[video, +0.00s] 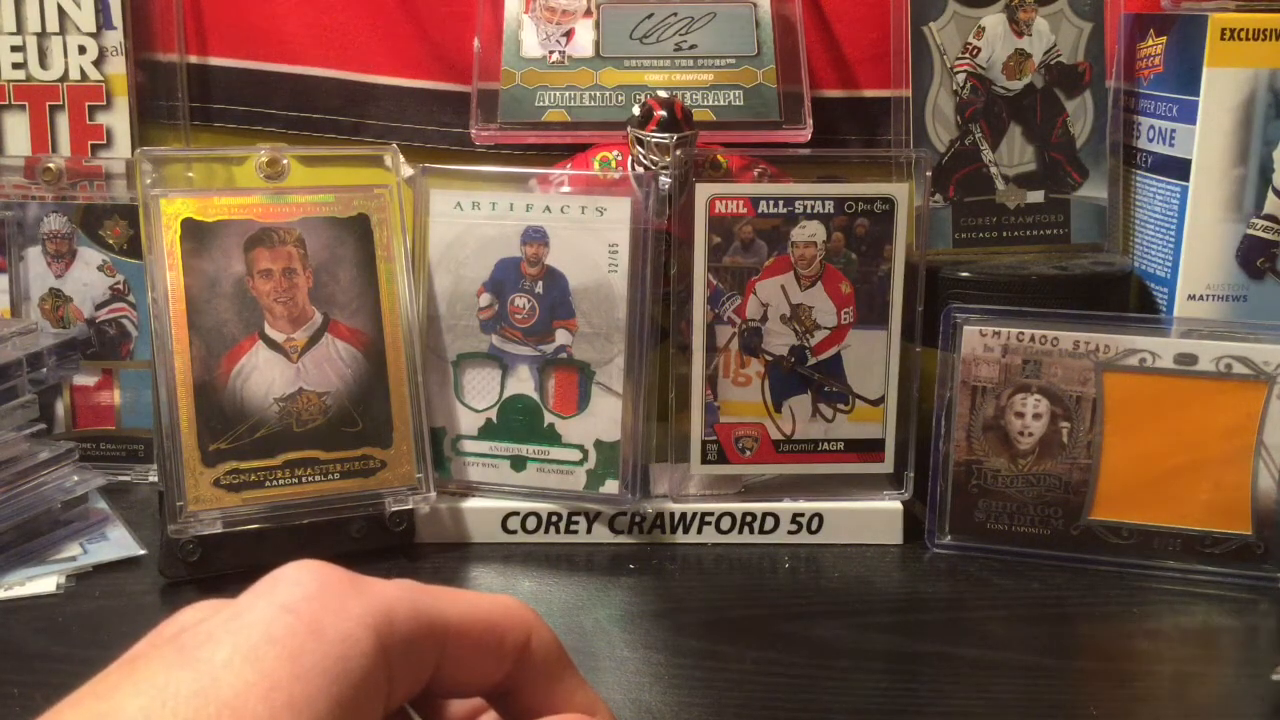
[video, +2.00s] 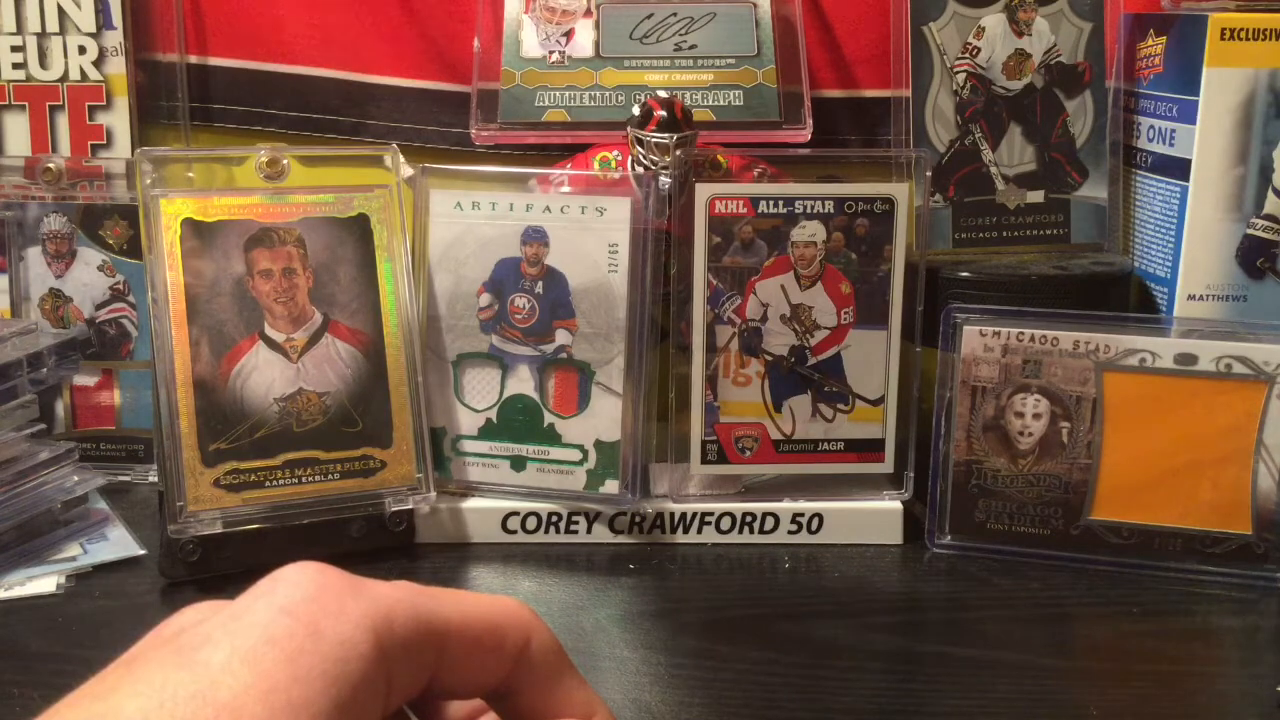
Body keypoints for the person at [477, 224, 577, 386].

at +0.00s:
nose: (534, 251)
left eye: (540, 247)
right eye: (530, 246)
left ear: (546, 250)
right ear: (522, 248)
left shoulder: (557, 280)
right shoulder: (504, 268)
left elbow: (565, 321)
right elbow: (487, 293)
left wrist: (562, 350)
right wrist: (487, 317)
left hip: (542, 353)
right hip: (503, 349)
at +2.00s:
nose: (535, 251)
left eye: (540, 247)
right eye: (530, 246)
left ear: (546, 251)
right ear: (522, 248)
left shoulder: (556, 279)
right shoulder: (505, 268)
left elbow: (565, 320)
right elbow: (487, 291)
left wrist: (562, 348)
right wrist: (486, 314)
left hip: (541, 352)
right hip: (503, 347)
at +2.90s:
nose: (534, 251)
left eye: (540, 246)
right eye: (530, 246)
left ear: (546, 250)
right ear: (522, 248)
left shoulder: (557, 280)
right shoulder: (504, 268)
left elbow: (565, 321)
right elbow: (487, 291)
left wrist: (562, 350)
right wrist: (486, 316)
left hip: (541, 353)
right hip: (502, 348)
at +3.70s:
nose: (535, 251)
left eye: (540, 246)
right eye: (530, 246)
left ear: (546, 250)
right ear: (522, 248)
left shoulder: (557, 280)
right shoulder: (504, 267)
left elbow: (565, 321)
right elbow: (487, 292)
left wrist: (562, 350)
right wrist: (487, 319)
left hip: (541, 353)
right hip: (502, 348)